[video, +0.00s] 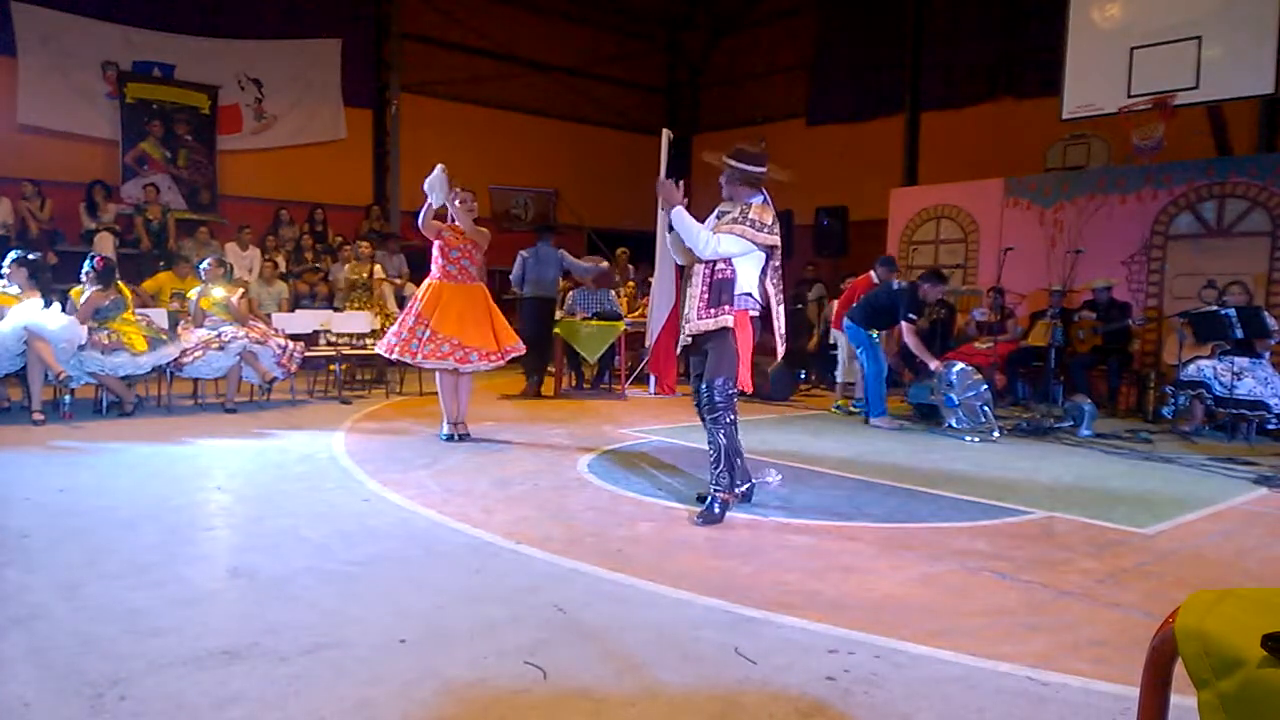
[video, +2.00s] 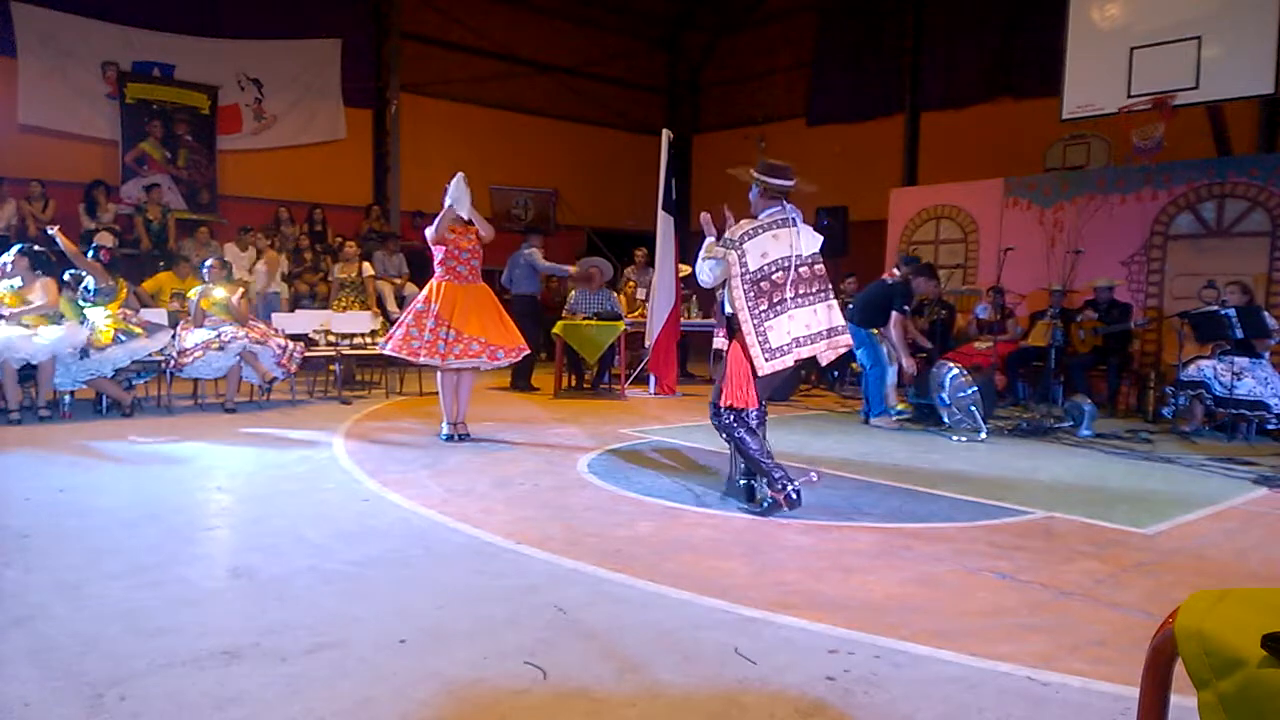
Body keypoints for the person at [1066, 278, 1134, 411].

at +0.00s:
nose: (1097, 295)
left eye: (1101, 292)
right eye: (1095, 292)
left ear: (1108, 292)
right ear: (1093, 293)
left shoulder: (1122, 307)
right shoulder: (1089, 306)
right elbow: (1070, 317)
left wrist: (1097, 317)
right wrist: (1079, 316)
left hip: (1117, 349)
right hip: (1097, 348)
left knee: (1114, 366)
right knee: (1077, 363)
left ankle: (1111, 403)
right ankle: (1084, 399)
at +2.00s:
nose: (1099, 295)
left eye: (1103, 291)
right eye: (1097, 291)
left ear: (1111, 292)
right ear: (1094, 292)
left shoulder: (1123, 308)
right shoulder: (1090, 305)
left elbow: (1118, 321)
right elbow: (1070, 315)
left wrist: (1097, 317)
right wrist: (1079, 316)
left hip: (1116, 350)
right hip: (1096, 348)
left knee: (1114, 367)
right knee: (1076, 364)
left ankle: (1111, 404)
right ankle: (1084, 400)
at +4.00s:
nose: (1097, 295)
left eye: (1101, 292)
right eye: (1096, 292)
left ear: (1110, 292)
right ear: (1094, 292)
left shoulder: (1124, 308)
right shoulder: (1091, 305)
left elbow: (1118, 320)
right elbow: (1068, 315)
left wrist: (1097, 315)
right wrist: (1079, 315)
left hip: (1117, 349)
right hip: (1096, 348)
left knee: (1114, 365)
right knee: (1076, 362)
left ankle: (1111, 403)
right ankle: (1083, 399)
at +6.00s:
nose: (1111, 294)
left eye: (1114, 291)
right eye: (1108, 291)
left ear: (1118, 292)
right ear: (1101, 293)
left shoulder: (1126, 308)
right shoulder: (1093, 304)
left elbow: (1121, 320)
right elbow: (1067, 316)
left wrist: (1102, 311)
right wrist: (1084, 312)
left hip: (1117, 349)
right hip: (1096, 348)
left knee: (1114, 365)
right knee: (1077, 362)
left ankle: (1111, 404)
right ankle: (1082, 400)